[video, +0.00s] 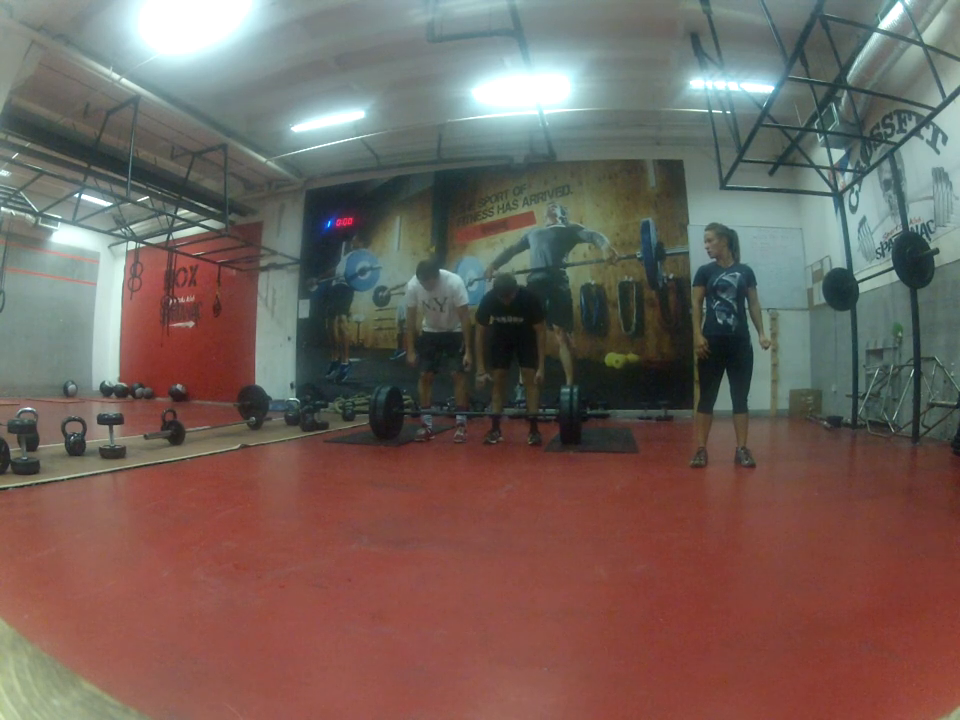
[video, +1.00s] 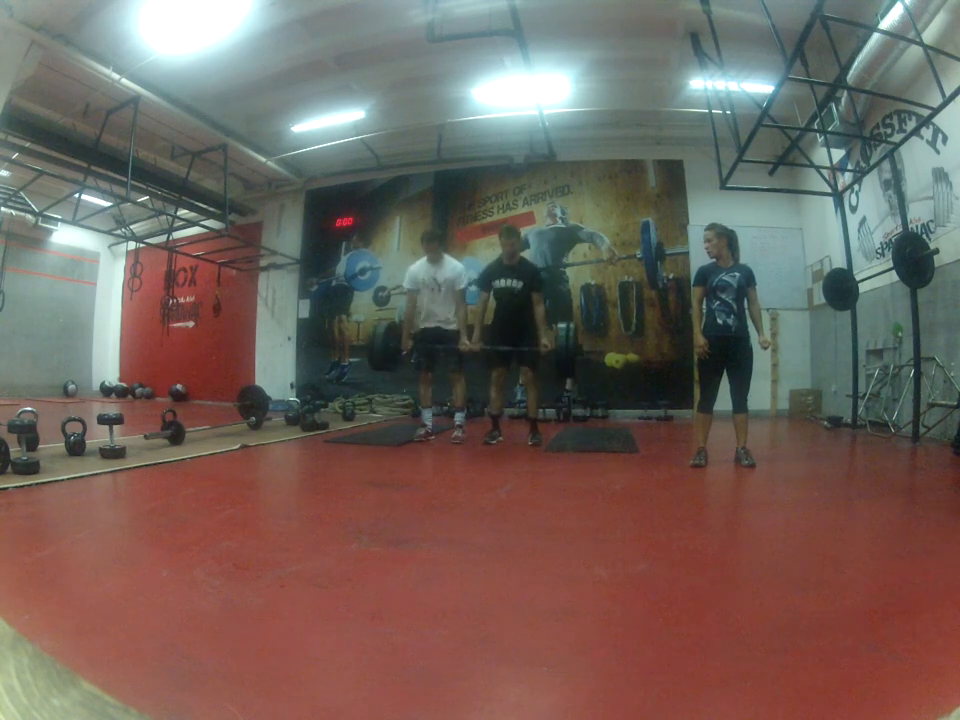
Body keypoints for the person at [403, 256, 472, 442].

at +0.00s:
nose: (428, 287)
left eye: (431, 283)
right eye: (424, 283)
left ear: (437, 276)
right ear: (419, 278)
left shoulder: (454, 282)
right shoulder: (413, 286)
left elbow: (465, 318)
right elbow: (410, 320)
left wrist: (467, 351)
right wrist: (410, 350)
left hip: (454, 332)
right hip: (429, 332)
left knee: (458, 375)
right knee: (425, 376)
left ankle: (461, 424)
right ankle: (426, 425)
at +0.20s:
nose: (427, 318)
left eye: (429, 314)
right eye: (423, 315)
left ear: (435, 308)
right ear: (417, 310)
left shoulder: (452, 312)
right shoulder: (410, 315)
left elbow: (463, 346)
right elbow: (407, 349)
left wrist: (467, 384)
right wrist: (407, 383)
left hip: (452, 340)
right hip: (427, 341)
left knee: (454, 374)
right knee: (422, 376)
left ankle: (459, 426)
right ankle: (426, 426)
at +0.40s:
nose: (430, 346)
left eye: (432, 343)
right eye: (427, 345)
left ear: (438, 336)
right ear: (420, 340)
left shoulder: (454, 336)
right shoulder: (411, 338)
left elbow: (463, 368)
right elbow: (407, 371)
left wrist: (465, 400)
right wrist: (407, 401)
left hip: (452, 350)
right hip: (427, 351)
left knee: (453, 375)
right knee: (421, 376)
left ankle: (458, 425)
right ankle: (426, 424)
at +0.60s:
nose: (431, 334)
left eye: (434, 331)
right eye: (428, 332)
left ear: (439, 326)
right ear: (421, 328)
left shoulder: (454, 329)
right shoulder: (412, 332)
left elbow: (461, 365)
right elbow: (409, 368)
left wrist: (466, 397)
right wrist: (408, 400)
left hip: (449, 348)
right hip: (426, 349)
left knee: (451, 375)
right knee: (421, 376)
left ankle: (458, 425)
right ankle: (426, 424)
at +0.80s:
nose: (429, 299)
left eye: (432, 295)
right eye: (425, 295)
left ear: (438, 291)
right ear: (420, 292)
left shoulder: (453, 303)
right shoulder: (412, 305)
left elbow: (460, 339)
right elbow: (409, 341)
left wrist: (466, 372)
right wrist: (407, 373)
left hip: (450, 336)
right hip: (426, 337)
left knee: (456, 376)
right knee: (423, 376)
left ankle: (458, 426)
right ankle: (427, 425)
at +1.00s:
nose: (430, 251)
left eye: (434, 247)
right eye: (427, 247)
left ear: (441, 246)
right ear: (423, 247)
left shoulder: (456, 269)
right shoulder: (415, 270)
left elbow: (461, 304)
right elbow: (410, 306)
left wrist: (463, 335)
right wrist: (406, 336)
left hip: (451, 330)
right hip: (425, 329)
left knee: (456, 376)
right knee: (425, 377)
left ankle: (459, 425)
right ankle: (427, 425)